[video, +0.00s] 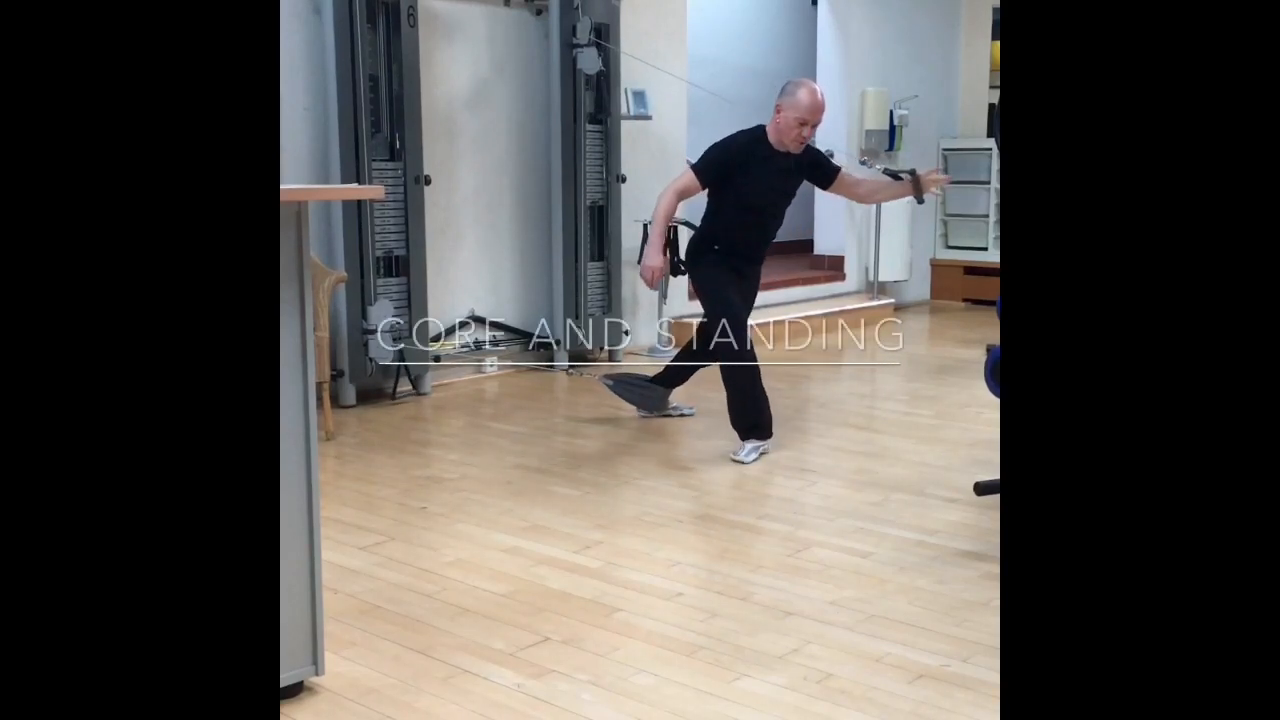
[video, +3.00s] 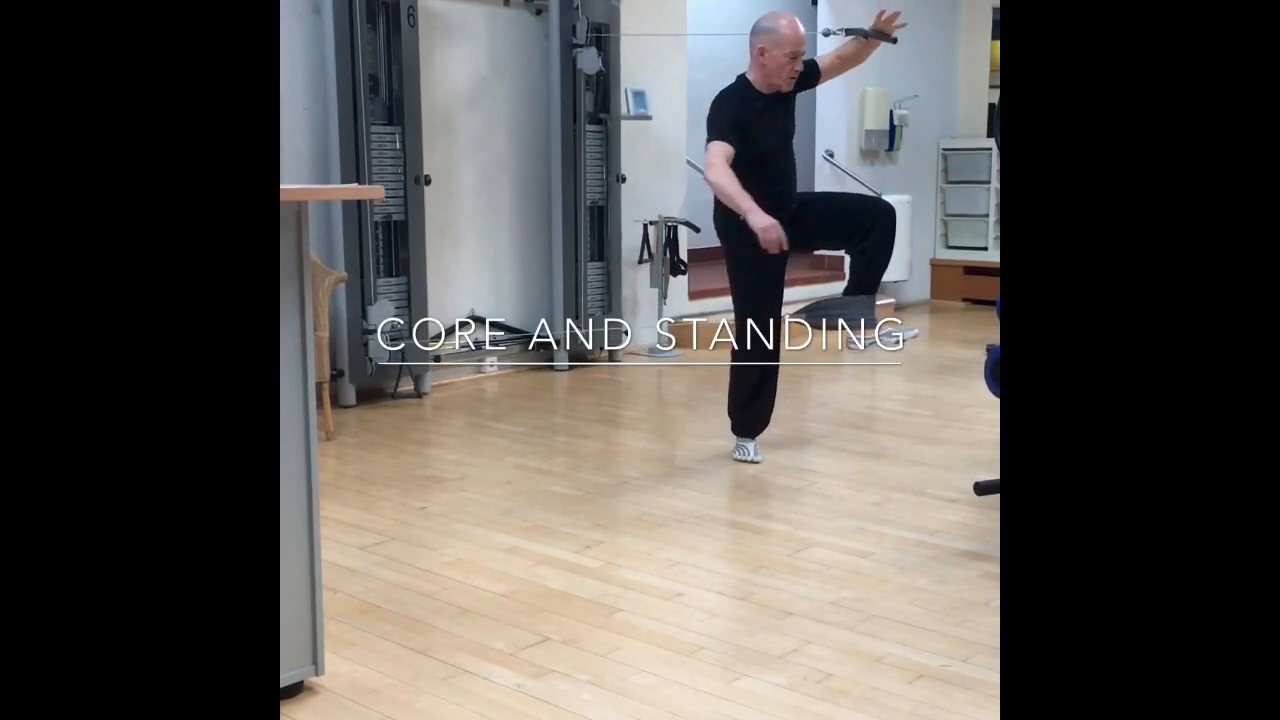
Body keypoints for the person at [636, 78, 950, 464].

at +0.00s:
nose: (808, 134)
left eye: (814, 127)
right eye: (802, 124)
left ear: (818, 123)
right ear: (778, 115)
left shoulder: (807, 160)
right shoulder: (737, 148)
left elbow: (862, 189)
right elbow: (672, 193)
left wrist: (915, 185)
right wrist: (654, 248)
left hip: (748, 265)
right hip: (710, 258)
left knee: (717, 334)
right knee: (735, 336)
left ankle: (656, 390)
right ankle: (755, 435)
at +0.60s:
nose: (807, 138)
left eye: (816, 129)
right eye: (800, 127)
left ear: (827, 119)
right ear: (781, 112)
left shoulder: (836, 145)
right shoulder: (747, 148)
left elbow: (894, 151)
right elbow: (682, 194)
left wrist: (912, 121)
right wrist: (647, 251)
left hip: (785, 257)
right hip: (739, 250)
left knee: (754, 329)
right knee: (754, 330)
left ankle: (689, 371)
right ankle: (754, 435)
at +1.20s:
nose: (795, 96)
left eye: (803, 85)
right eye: (786, 86)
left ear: (812, 76)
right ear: (763, 76)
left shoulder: (818, 95)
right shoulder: (737, 120)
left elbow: (873, 90)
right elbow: (687, 180)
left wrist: (885, 69)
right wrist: (674, 236)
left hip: (798, 232)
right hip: (748, 236)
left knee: (826, 317)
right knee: (756, 338)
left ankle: (757, 348)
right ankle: (747, 436)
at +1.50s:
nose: (789, 81)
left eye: (796, 70)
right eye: (779, 72)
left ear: (804, 63)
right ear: (756, 64)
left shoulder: (814, 88)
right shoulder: (727, 111)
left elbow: (870, 88)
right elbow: (675, 169)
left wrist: (886, 71)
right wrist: (654, 227)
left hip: (803, 218)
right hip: (754, 230)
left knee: (861, 263)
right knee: (756, 334)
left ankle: (815, 333)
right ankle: (747, 435)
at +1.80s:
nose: (788, 72)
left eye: (795, 62)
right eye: (778, 62)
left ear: (802, 57)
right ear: (755, 56)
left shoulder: (809, 89)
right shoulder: (719, 106)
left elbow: (870, 91)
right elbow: (665, 155)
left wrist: (887, 65)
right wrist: (624, 210)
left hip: (803, 213)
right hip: (753, 231)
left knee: (874, 218)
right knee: (759, 333)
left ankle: (876, 322)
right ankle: (748, 435)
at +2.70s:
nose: (779, 63)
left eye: (782, 53)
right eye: (769, 54)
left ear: (785, 49)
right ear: (741, 52)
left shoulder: (791, 82)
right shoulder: (717, 107)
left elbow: (852, 58)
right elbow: (684, 166)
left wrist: (877, 18)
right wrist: (695, 213)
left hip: (799, 213)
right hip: (751, 232)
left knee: (876, 210)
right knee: (754, 332)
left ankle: (882, 319)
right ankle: (746, 433)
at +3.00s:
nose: (802, 65)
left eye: (803, 56)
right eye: (794, 57)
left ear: (771, 55)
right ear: (761, 54)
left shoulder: (788, 82)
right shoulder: (731, 104)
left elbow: (839, 61)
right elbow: (715, 170)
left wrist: (875, 36)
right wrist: (755, 215)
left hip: (791, 213)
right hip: (748, 227)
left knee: (877, 216)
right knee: (758, 328)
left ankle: (856, 314)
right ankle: (745, 433)